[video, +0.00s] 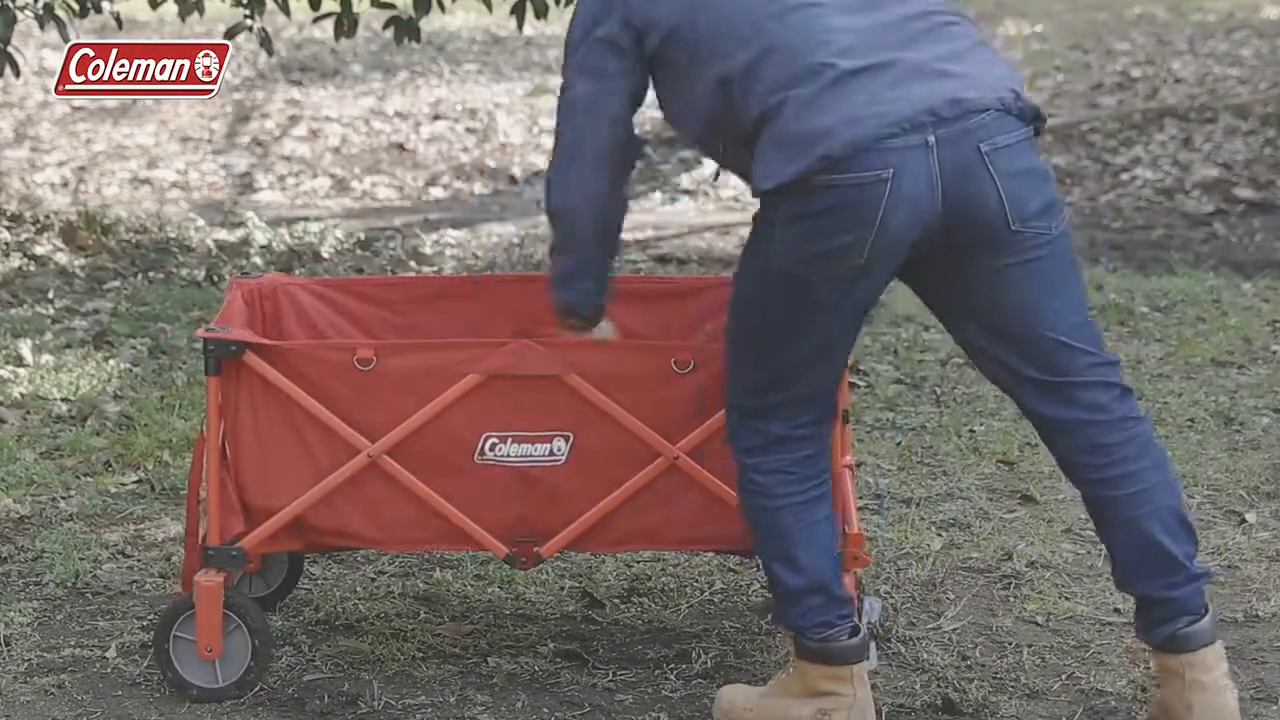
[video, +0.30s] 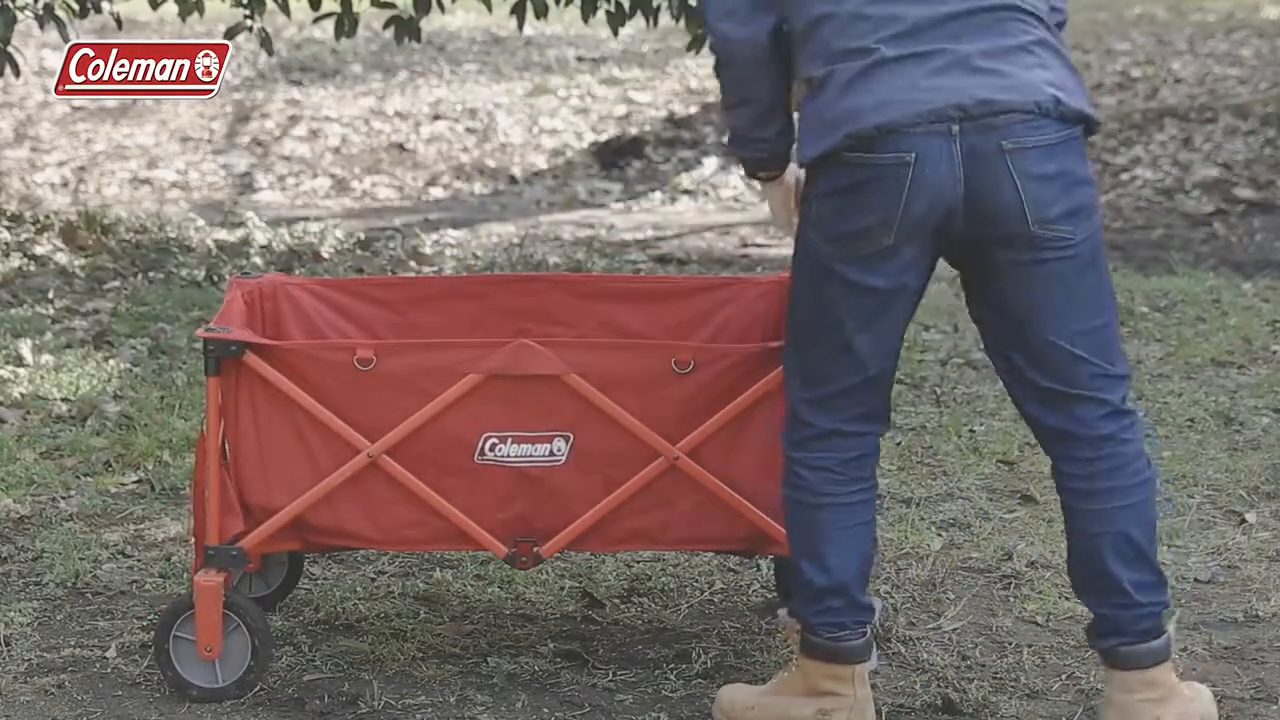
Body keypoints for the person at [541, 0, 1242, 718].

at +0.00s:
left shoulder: (618, 7)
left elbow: (585, 167)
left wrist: (578, 293)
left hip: (846, 175)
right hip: (995, 140)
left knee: (777, 426)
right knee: (1086, 393)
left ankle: (828, 670)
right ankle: (1192, 660)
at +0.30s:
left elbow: (743, 30)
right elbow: (1046, 14)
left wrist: (768, 163)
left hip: (876, 145)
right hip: (1031, 131)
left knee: (835, 419)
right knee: (1091, 411)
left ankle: (830, 670)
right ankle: (1142, 673)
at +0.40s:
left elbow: (783, 10)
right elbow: (1113, 30)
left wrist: (778, 113)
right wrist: (1118, 182)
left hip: (905, 151)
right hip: (1066, 149)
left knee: (852, 423)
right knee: (1097, 423)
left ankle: (831, 671)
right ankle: (1123, 679)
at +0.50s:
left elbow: (803, 17)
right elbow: (1180, 18)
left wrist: (785, 53)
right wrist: (1181, 176)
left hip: (946, 150)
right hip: (1109, 155)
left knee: (880, 418)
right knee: (1122, 428)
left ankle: (833, 667)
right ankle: (1126, 680)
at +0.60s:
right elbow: (1242, 15)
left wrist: (805, 15)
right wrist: (1236, 166)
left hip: (989, 145)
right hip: (1154, 152)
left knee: (906, 412)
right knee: (1145, 433)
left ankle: (831, 657)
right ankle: (1128, 679)